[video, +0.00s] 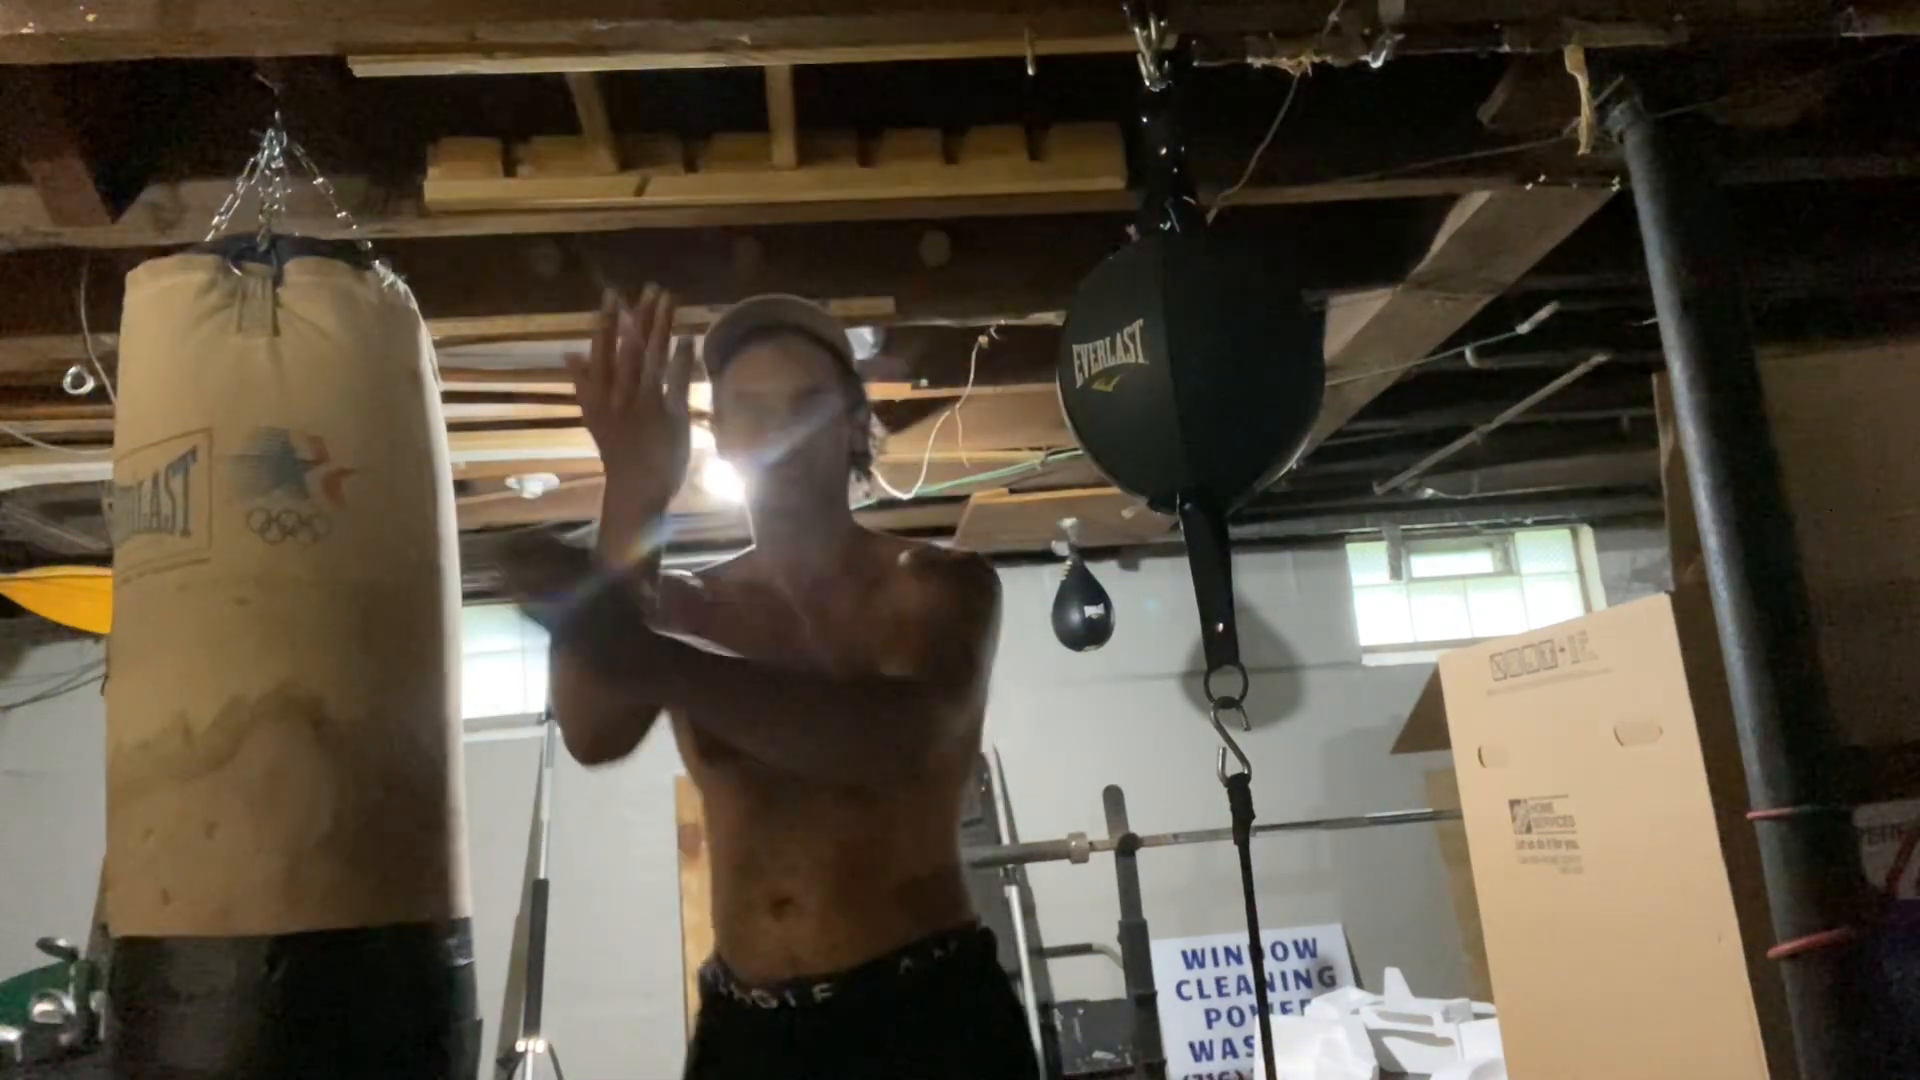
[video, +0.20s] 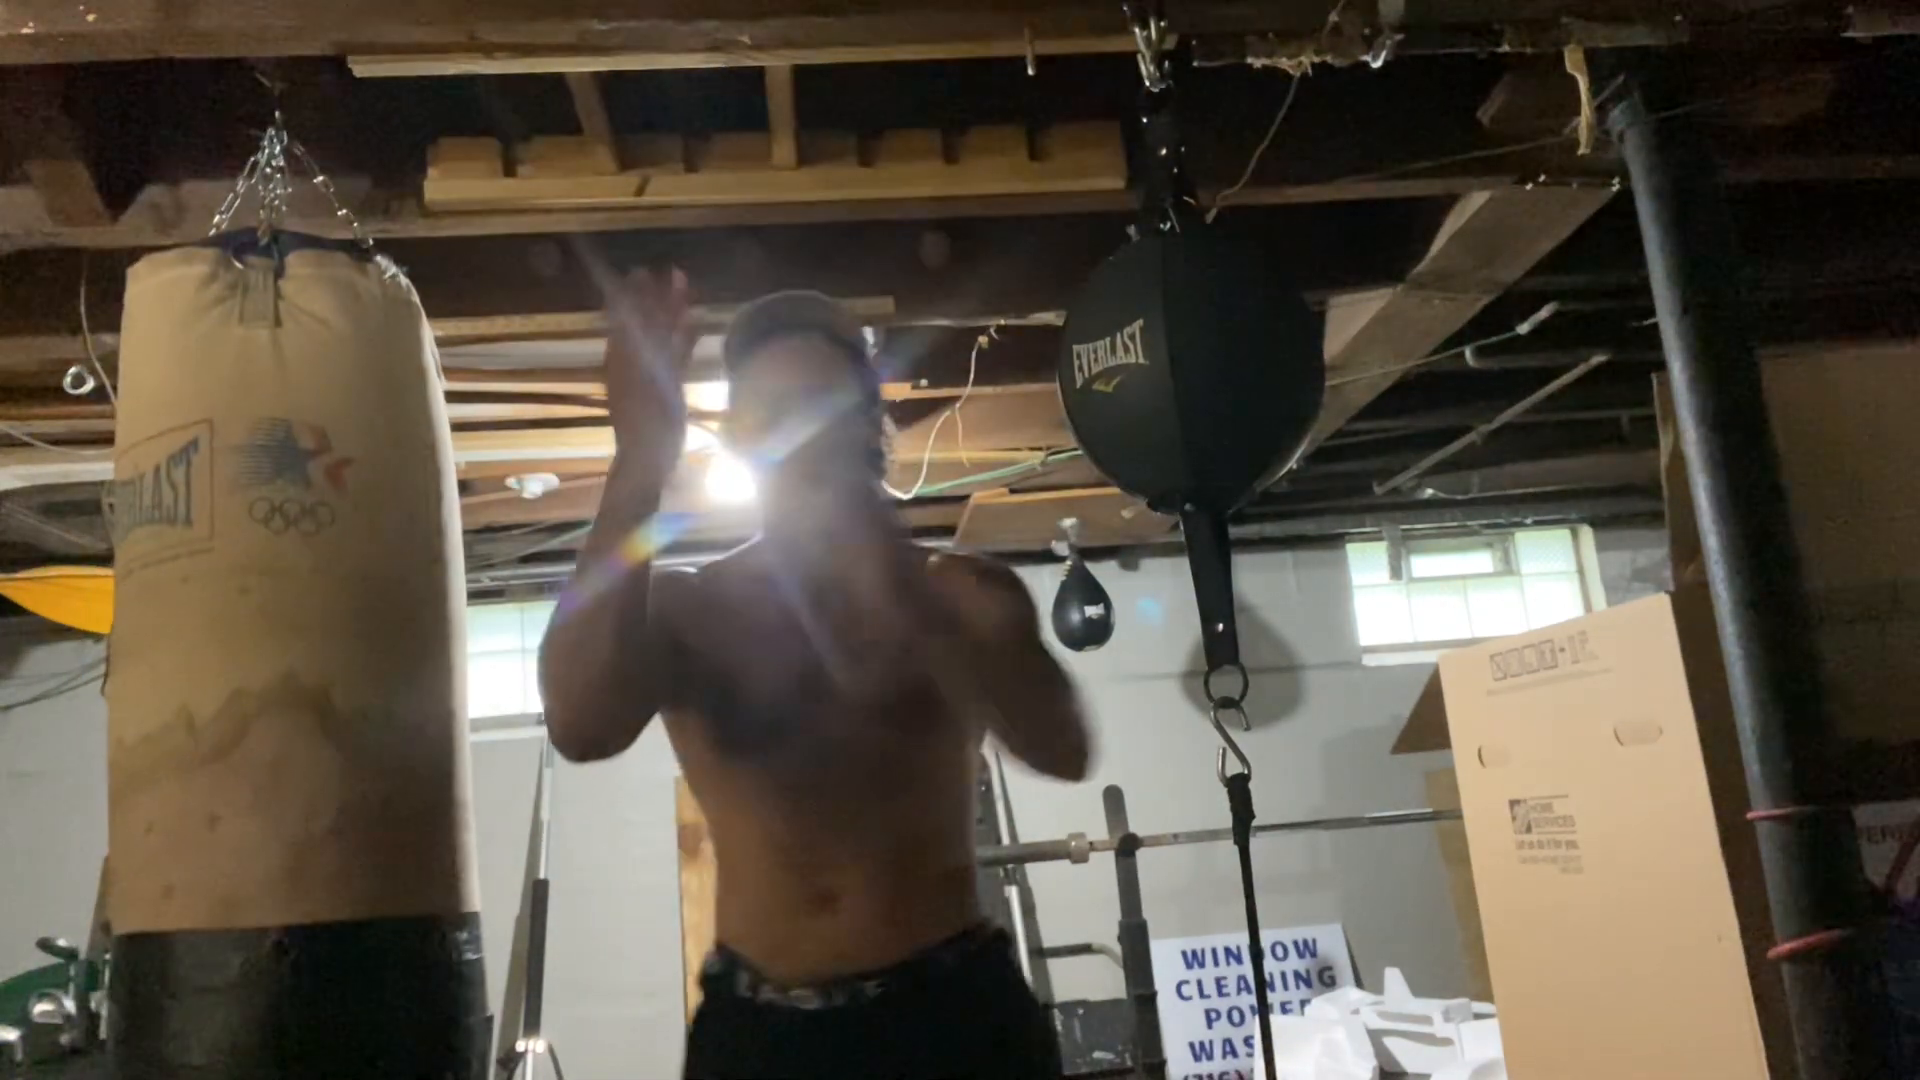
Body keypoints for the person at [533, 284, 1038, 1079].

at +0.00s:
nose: (777, 431)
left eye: (806, 401)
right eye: (748, 409)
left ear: (859, 426)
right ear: (720, 438)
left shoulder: (946, 584)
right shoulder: (689, 603)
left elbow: (912, 743)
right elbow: (594, 735)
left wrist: (656, 662)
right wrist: (629, 505)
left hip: (927, 1007)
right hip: (748, 1027)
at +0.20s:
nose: (807, 439)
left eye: (830, 411)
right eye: (777, 419)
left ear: (876, 428)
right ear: (740, 445)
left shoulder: (968, 593)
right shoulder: (686, 607)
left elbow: (1066, 754)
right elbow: (581, 726)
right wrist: (641, 455)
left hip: (953, 1011)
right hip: (759, 1031)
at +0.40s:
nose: (843, 419)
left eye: (870, 391)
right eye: (811, 395)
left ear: (915, 417)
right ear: (770, 428)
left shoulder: (996, 562)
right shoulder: (723, 607)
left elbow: (1193, 717)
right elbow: (581, 779)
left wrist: (1032, 593)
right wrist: (688, 545)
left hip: (1015, 1000)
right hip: (823, 1018)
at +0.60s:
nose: (840, 416)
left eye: (865, 385)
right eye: (809, 391)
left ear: (917, 412)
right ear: (771, 419)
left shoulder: (986, 567)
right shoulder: (722, 611)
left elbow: (1268, 669)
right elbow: (513, 780)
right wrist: (679, 629)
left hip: (1016, 1006)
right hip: (819, 1022)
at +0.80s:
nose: (798, 413)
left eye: (825, 377)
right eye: (767, 387)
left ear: (876, 398)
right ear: (728, 411)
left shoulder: (956, 556)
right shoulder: (682, 594)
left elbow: (1218, 604)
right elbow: (437, 741)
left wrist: (1190, 587)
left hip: (970, 1017)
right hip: (769, 1031)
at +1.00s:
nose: (771, 411)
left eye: (801, 379)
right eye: (737, 384)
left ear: (854, 400)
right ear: (698, 414)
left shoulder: (941, 564)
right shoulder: (653, 607)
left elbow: (1184, 652)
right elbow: (417, 766)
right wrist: (612, 610)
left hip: (948, 1016)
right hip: (750, 1033)